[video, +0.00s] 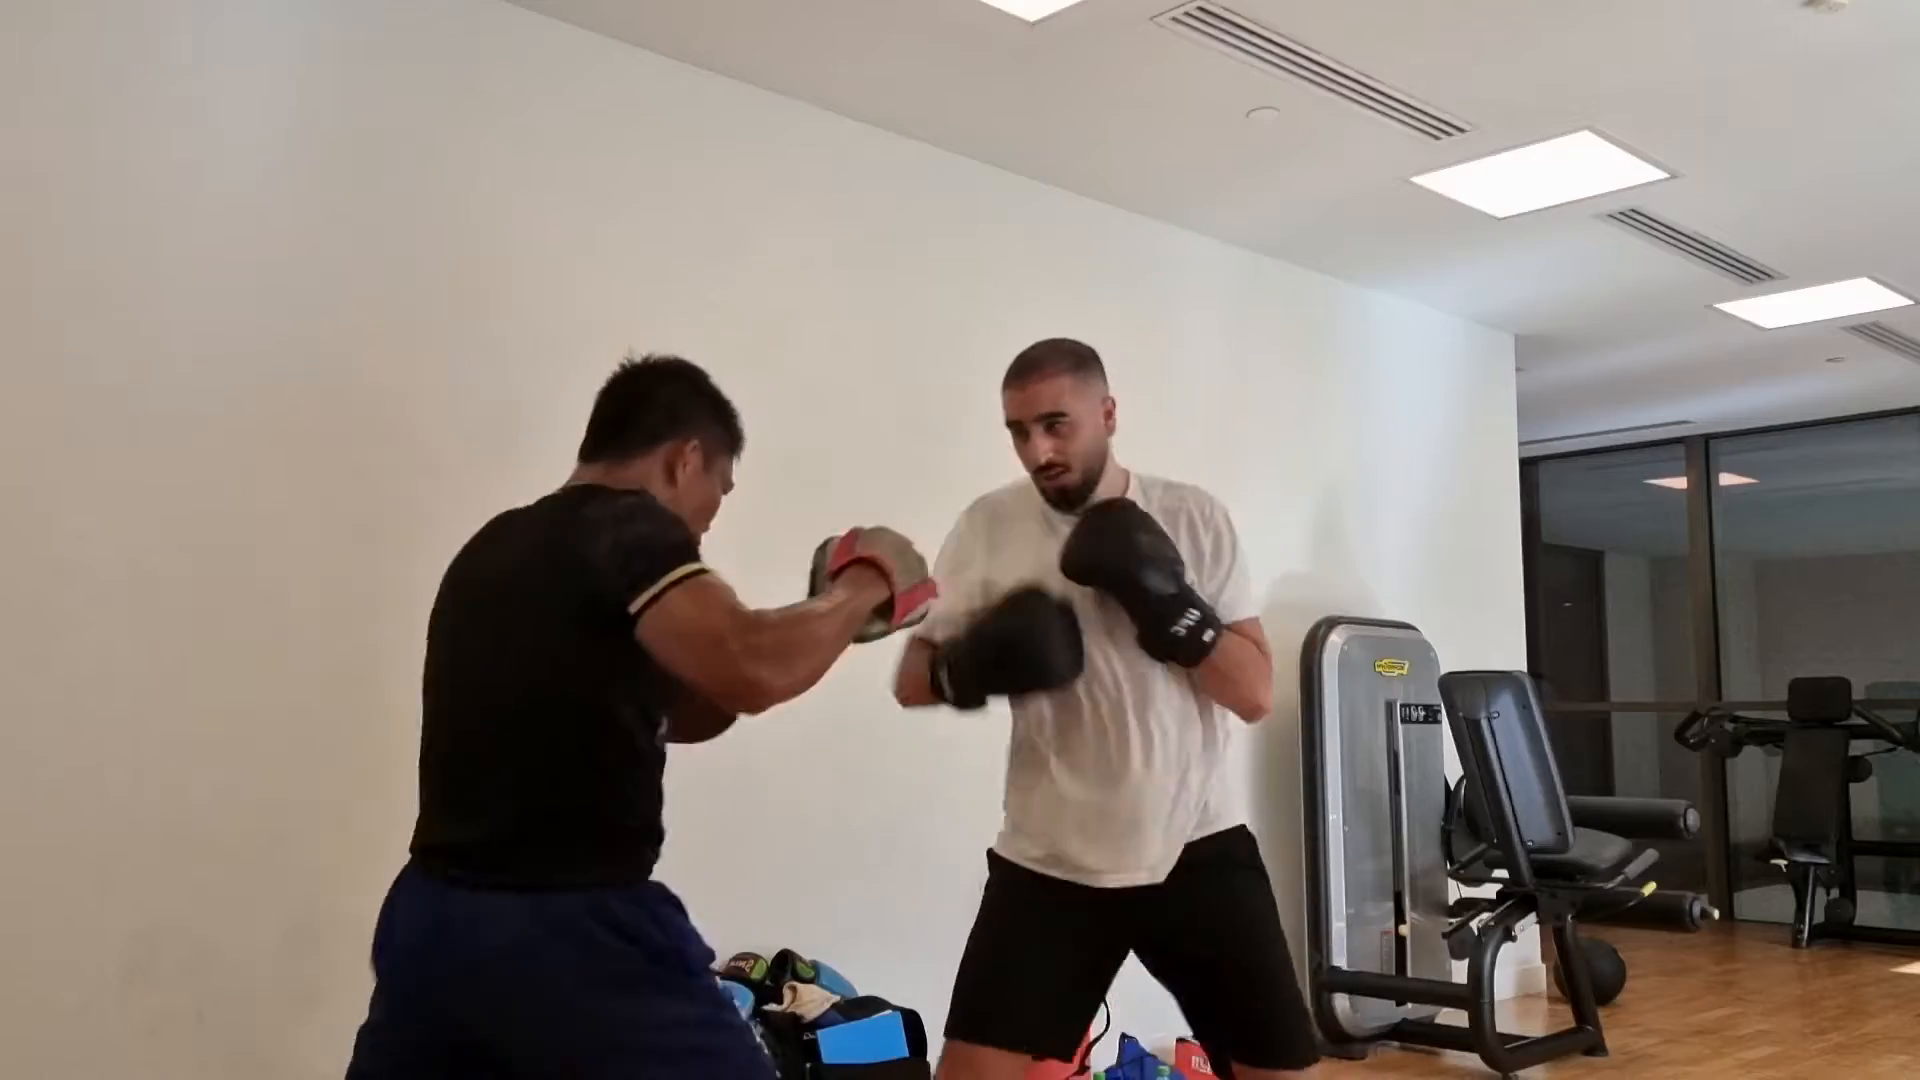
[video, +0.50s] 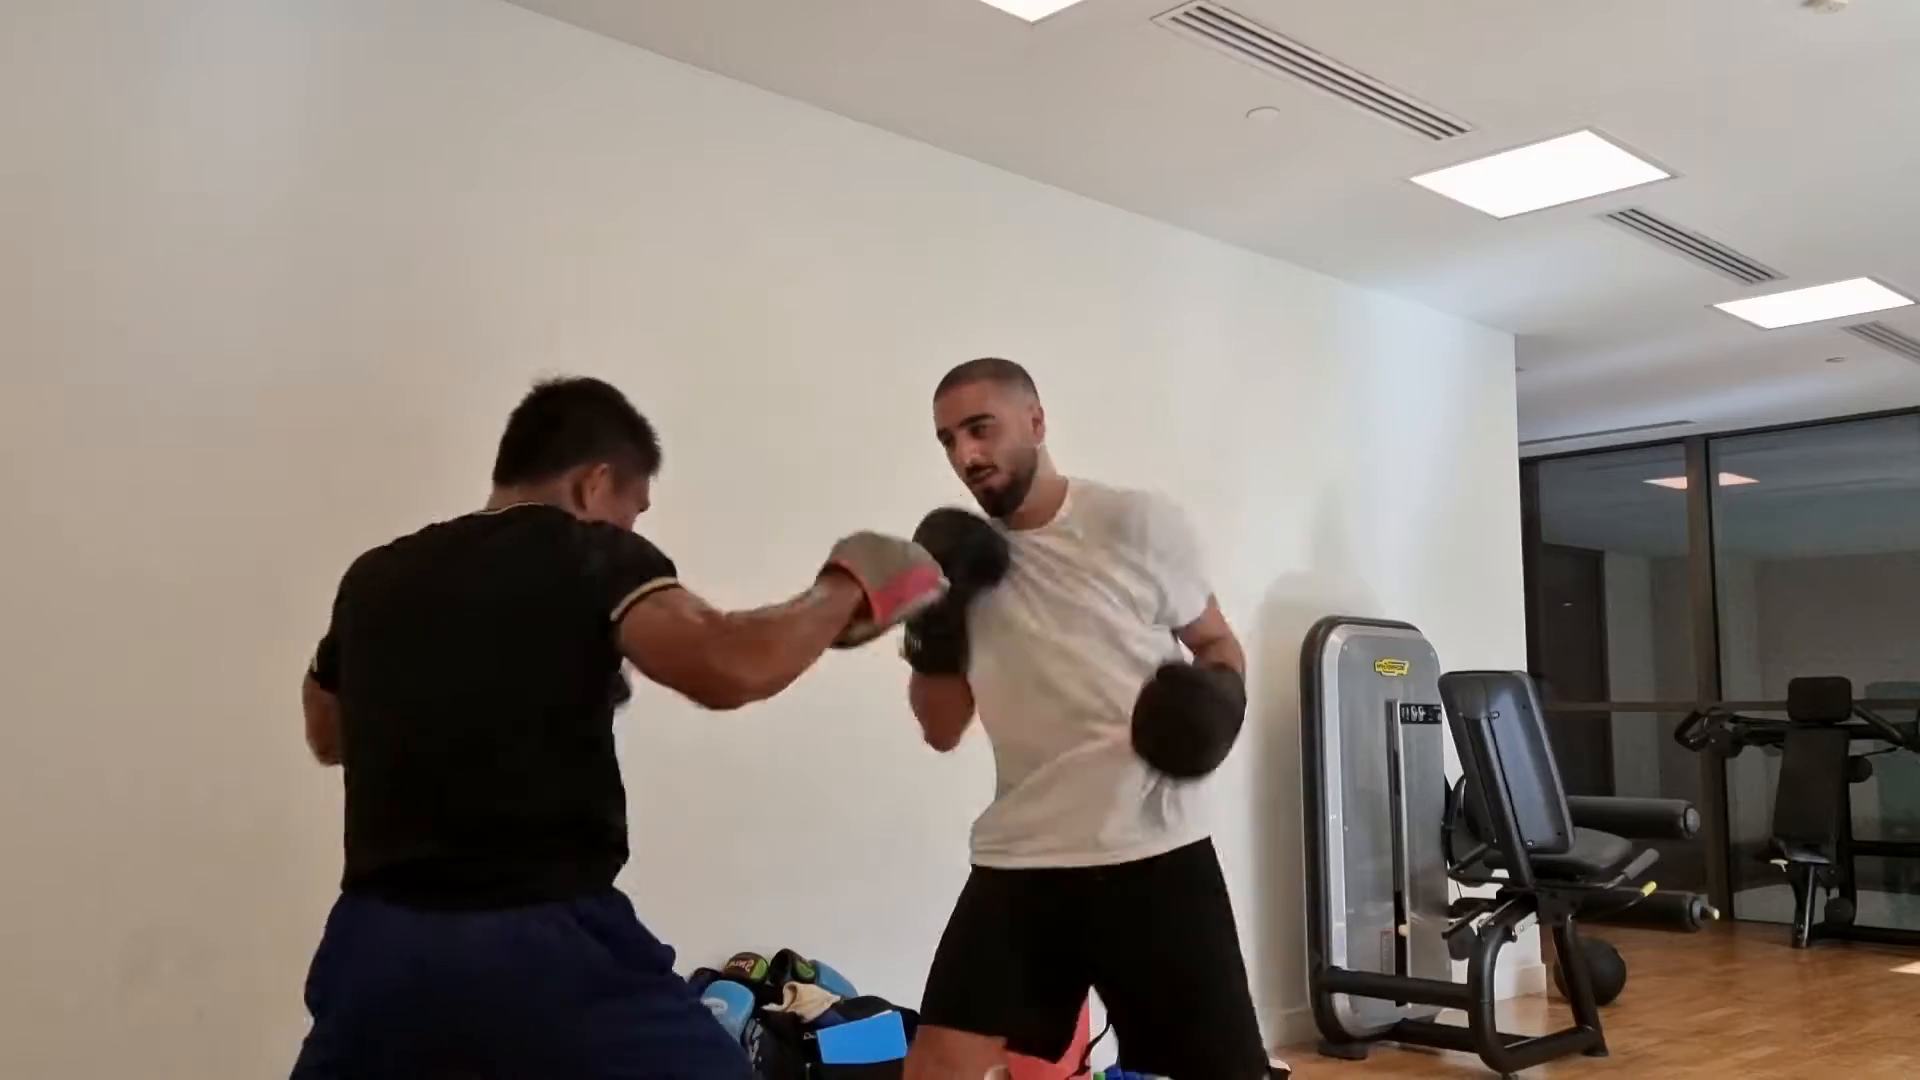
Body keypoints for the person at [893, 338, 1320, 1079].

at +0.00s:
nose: (1038, 451)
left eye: (1057, 425)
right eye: (1020, 431)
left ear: (1108, 414)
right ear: (1007, 432)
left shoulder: (1195, 518)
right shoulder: (989, 527)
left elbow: (1255, 693)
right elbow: (911, 680)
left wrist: (1168, 602)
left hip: (1198, 857)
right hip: (1048, 866)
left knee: (1282, 1067)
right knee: (974, 1068)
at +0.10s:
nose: (988, 473)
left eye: (1006, 447)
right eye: (971, 454)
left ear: (1060, 431)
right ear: (961, 455)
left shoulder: (1156, 509)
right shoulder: (995, 564)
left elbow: (1193, 668)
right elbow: (1012, 702)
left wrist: (1074, 567)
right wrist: (993, 760)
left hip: (1194, 857)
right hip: (1053, 860)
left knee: (1259, 1069)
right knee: (956, 1062)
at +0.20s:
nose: (963, 491)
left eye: (978, 466)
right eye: (951, 476)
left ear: (1038, 449)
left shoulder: (1133, 514)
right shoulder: (1016, 568)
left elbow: (1127, 657)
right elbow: (1079, 728)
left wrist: (1024, 562)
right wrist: (1021, 812)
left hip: (1196, 864)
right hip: (1063, 863)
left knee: (1248, 1069)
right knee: (952, 1060)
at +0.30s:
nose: (988, 462)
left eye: (1001, 436)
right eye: (972, 447)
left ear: (1057, 419)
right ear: (965, 454)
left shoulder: (1168, 500)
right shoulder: (981, 559)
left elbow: (1198, 645)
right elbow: (1010, 694)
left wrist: (1090, 540)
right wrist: (968, 778)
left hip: (1195, 851)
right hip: (1044, 865)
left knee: (1284, 1067)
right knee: (964, 1066)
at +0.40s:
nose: (1003, 448)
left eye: (1017, 422)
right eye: (983, 433)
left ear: (1067, 415)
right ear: (972, 444)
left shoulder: (1155, 508)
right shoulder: (956, 540)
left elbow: (1261, 659)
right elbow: (895, 698)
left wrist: (1184, 589)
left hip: (1180, 833)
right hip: (1036, 847)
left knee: (1266, 1064)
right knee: (972, 1066)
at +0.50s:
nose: (967, 453)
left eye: (982, 427)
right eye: (951, 440)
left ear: (1035, 420)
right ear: (945, 453)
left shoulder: (1143, 524)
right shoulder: (962, 563)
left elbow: (1218, 649)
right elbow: (942, 730)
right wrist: (942, 609)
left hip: (1159, 861)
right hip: (1019, 866)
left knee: (1228, 1067)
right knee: (942, 1063)